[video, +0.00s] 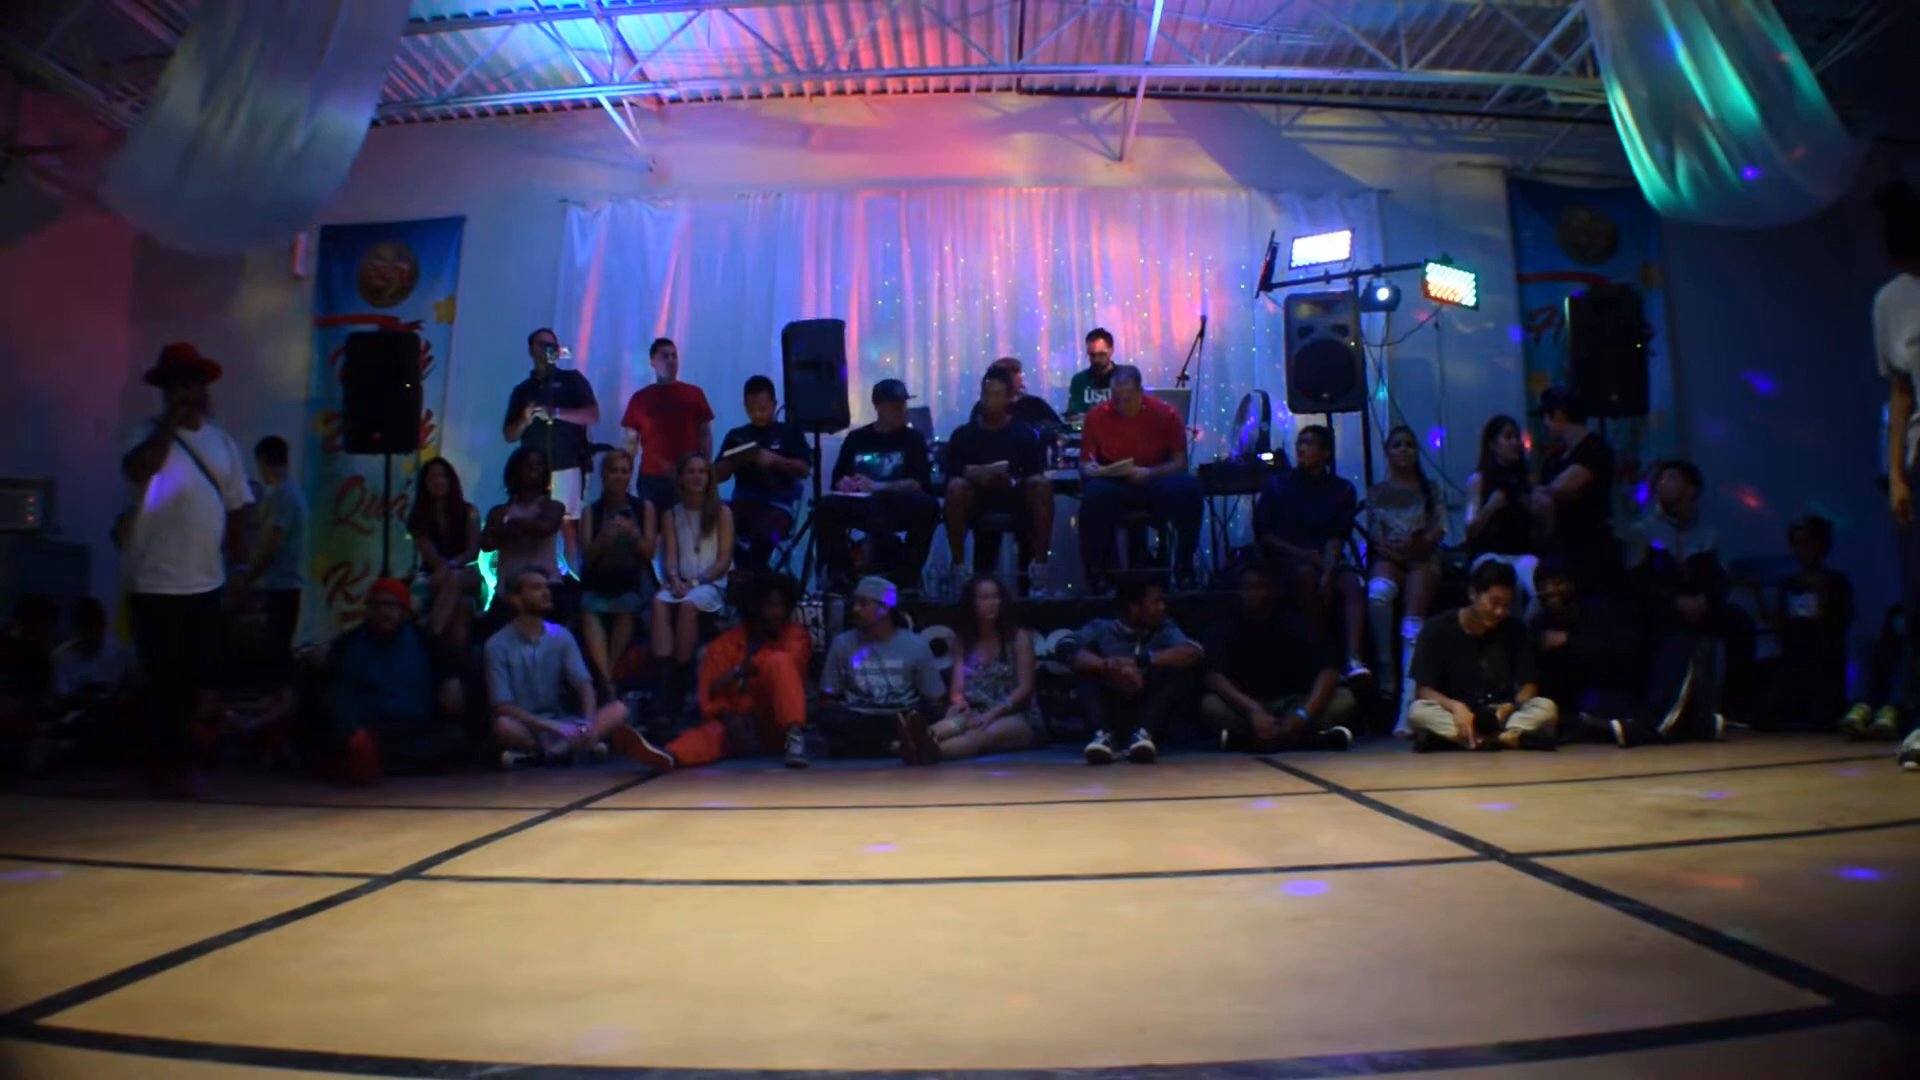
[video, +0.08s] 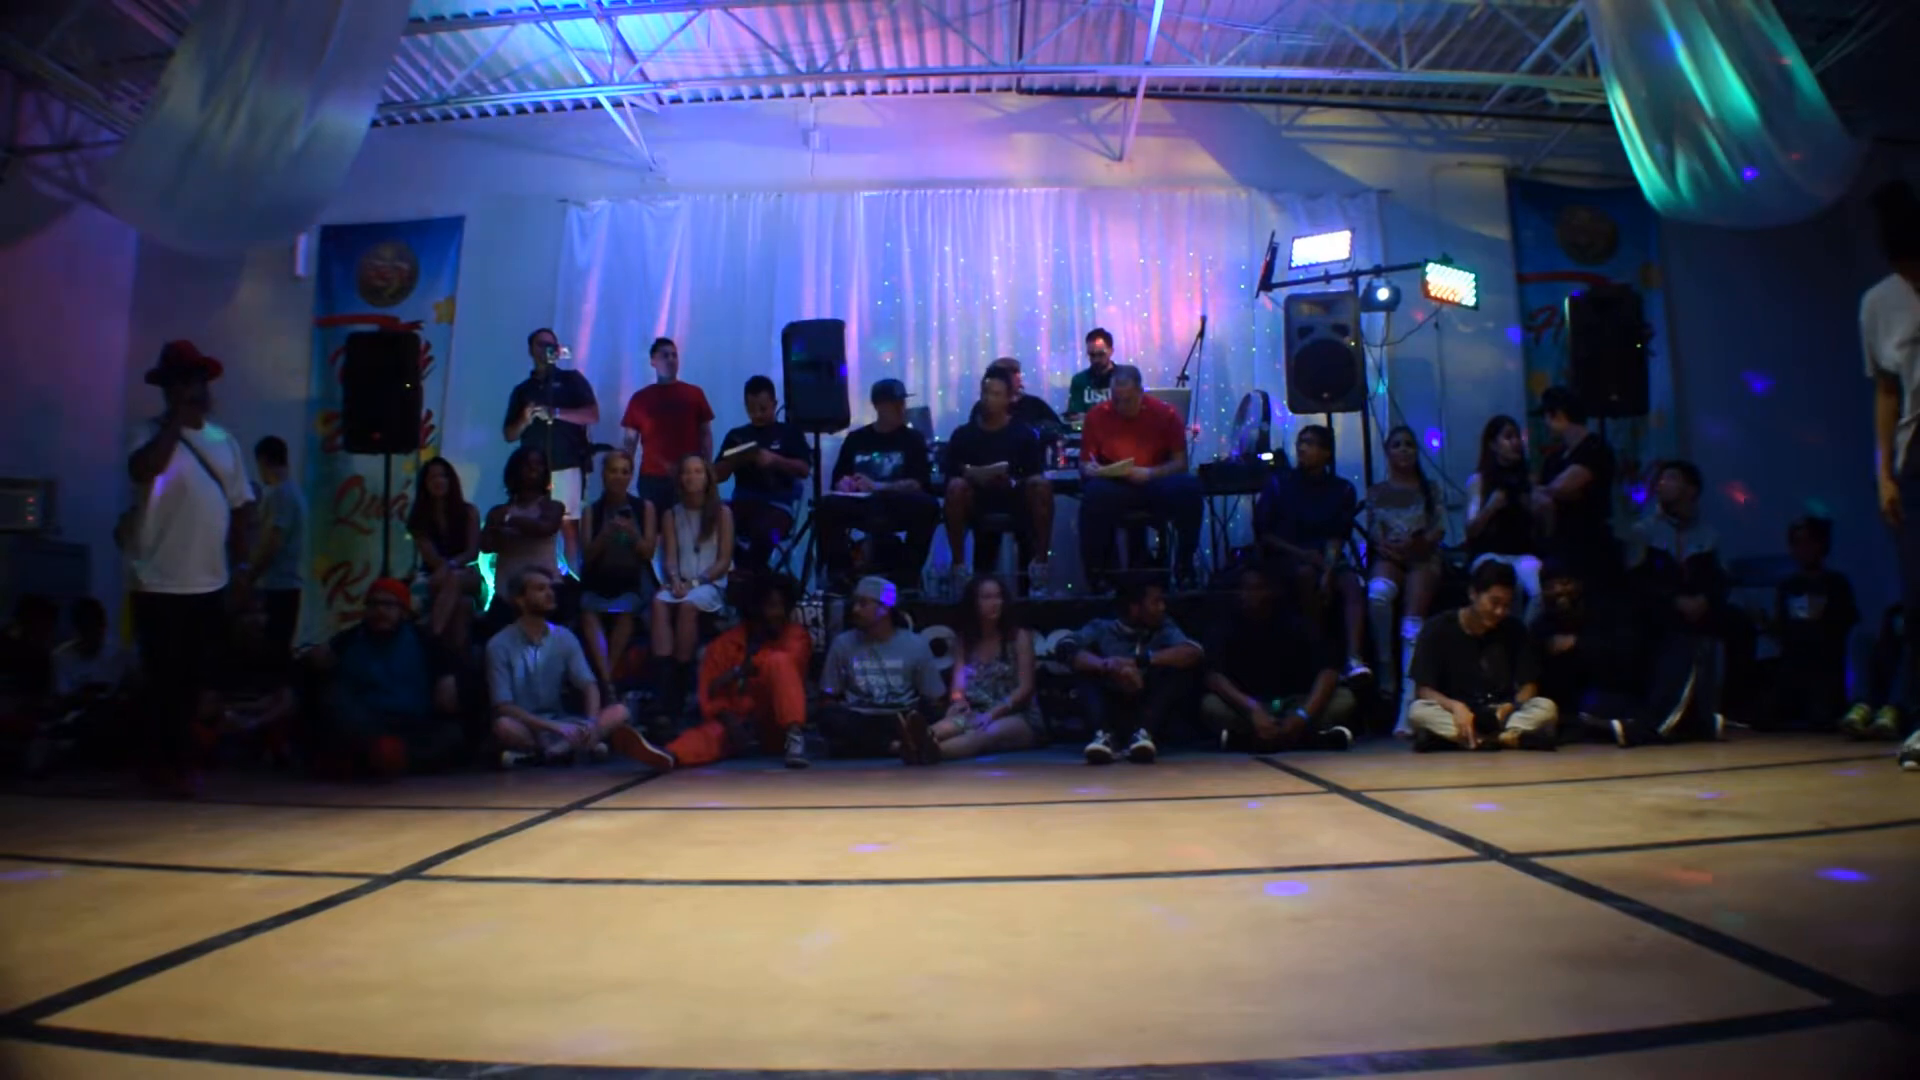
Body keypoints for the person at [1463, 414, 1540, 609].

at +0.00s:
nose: (1516, 443)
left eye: (1517, 437)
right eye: (1508, 437)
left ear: (1521, 441)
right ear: (1492, 444)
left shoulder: (1526, 477)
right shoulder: (1479, 480)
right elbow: (1471, 528)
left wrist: (1540, 507)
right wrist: (1492, 507)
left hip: (1523, 551)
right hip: (1490, 551)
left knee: (1535, 570)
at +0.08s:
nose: (1515, 443)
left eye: (1516, 436)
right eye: (1508, 437)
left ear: (1521, 439)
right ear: (1493, 444)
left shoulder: (1527, 476)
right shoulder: (1479, 481)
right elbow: (1472, 528)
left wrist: (1541, 507)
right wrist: (1491, 507)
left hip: (1523, 550)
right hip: (1489, 550)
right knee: (1492, 575)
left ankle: (1528, 632)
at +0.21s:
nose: (1514, 442)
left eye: (1516, 436)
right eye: (1507, 437)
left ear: (1521, 440)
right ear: (1492, 444)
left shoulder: (1526, 478)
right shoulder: (1479, 481)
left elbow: (1536, 521)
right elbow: (1472, 529)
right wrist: (1492, 507)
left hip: (1524, 551)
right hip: (1490, 551)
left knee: (1539, 587)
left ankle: (1527, 642)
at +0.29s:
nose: (1514, 442)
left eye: (1516, 436)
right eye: (1507, 436)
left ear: (1520, 441)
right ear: (1492, 444)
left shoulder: (1526, 477)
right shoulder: (1479, 481)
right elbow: (1471, 528)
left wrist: (1544, 507)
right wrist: (1492, 507)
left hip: (1524, 552)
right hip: (1490, 551)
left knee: (1539, 587)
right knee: (1509, 586)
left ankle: (1527, 645)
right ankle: (1496, 643)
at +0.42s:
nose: (1514, 442)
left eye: (1516, 436)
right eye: (1507, 436)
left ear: (1520, 440)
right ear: (1492, 443)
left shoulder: (1524, 477)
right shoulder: (1479, 481)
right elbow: (1471, 528)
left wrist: (1541, 506)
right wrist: (1492, 508)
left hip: (1524, 551)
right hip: (1491, 551)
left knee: (1539, 588)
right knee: (1510, 588)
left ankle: (1527, 648)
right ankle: (1503, 647)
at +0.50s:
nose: (1512, 442)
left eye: (1515, 436)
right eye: (1506, 436)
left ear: (1519, 440)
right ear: (1491, 443)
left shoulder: (1522, 475)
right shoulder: (1478, 480)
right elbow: (1471, 528)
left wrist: (1538, 506)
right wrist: (1493, 509)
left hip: (1524, 551)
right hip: (1492, 551)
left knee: (1539, 589)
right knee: (1510, 587)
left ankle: (1527, 650)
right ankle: (1502, 647)